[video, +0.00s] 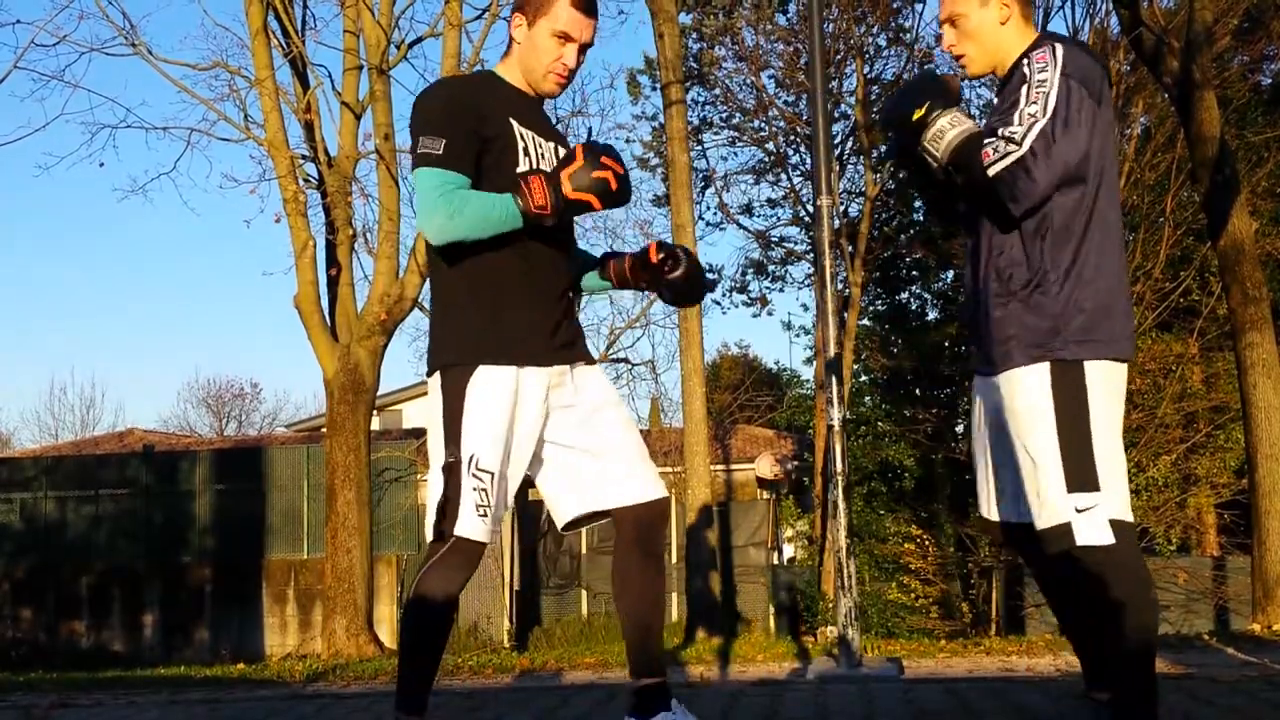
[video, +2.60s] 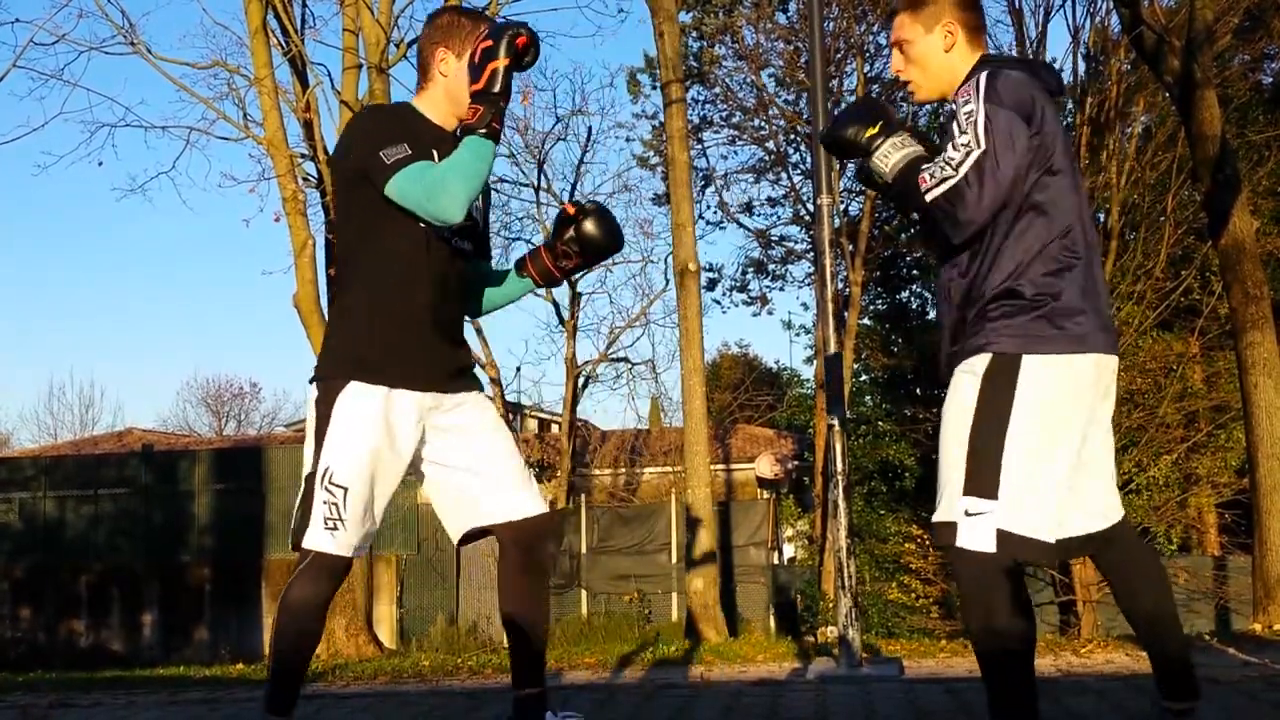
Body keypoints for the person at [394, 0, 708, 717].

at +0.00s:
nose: (572, 60)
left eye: (582, 48)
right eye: (563, 40)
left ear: (584, 50)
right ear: (520, 25)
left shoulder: (556, 137)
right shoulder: (452, 100)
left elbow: (554, 261)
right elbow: (437, 215)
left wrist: (627, 270)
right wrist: (541, 197)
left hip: (565, 358)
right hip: (484, 357)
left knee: (642, 506)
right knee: (463, 537)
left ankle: (652, 702)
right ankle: (408, 715)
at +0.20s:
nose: (607, 60)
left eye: (614, 48)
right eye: (597, 40)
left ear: (602, 50)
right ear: (548, 30)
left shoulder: (591, 143)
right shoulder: (478, 104)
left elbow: (646, 252)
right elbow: (467, 216)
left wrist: (723, 222)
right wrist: (575, 191)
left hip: (597, 360)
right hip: (510, 359)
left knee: (645, 531)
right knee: (481, 539)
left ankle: (692, 705)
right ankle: (415, 708)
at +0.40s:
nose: (673, 58)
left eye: (678, 44)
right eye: (664, 39)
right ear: (617, 29)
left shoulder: (657, 138)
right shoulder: (534, 104)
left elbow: (724, 229)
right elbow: (486, 222)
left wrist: (815, 188)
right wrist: (596, 218)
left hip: (651, 357)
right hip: (565, 354)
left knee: (682, 530)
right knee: (538, 527)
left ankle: (700, 710)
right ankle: (442, 701)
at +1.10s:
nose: (659, 50)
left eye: (663, 34)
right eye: (651, 31)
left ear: (613, 30)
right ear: (603, 25)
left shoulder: (638, 134)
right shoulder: (522, 107)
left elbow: (639, 257)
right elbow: (502, 225)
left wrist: (720, 243)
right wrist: (607, 189)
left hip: (637, 359)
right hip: (553, 358)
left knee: (687, 523)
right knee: (526, 531)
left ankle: (700, 710)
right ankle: (459, 707)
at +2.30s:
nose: (586, 67)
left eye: (589, 55)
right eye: (576, 51)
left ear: (570, 63)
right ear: (540, 52)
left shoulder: (577, 161)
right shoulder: (474, 124)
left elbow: (595, 277)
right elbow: (547, 193)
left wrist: (667, 245)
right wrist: (581, 101)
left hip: (561, 376)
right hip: (478, 371)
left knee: (618, 529)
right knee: (429, 539)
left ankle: (620, 707)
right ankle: (337, 700)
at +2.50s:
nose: (519, 83)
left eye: (524, 72)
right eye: (510, 67)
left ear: (508, 77)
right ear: (471, 66)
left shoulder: (506, 177)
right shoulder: (403, 134)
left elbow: (521, 296)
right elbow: (470, 205)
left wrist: (588, 264)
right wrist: (514, 121)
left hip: (488, 390)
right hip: (401, 386)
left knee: (557, 544)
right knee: (351, 558)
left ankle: (611, 708)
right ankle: (282, 711)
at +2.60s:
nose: (491, 89)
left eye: (496, 76)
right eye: (482, 69)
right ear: (442, 62)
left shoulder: (470, 171)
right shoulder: (374, 128)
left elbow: (468, 295)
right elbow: (442, 200)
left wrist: (536, 269)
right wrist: (491, 113)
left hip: (451, 383)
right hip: (368, 378)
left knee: (527, 529)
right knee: (329, 553)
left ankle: (531, 709)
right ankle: (277, 711)